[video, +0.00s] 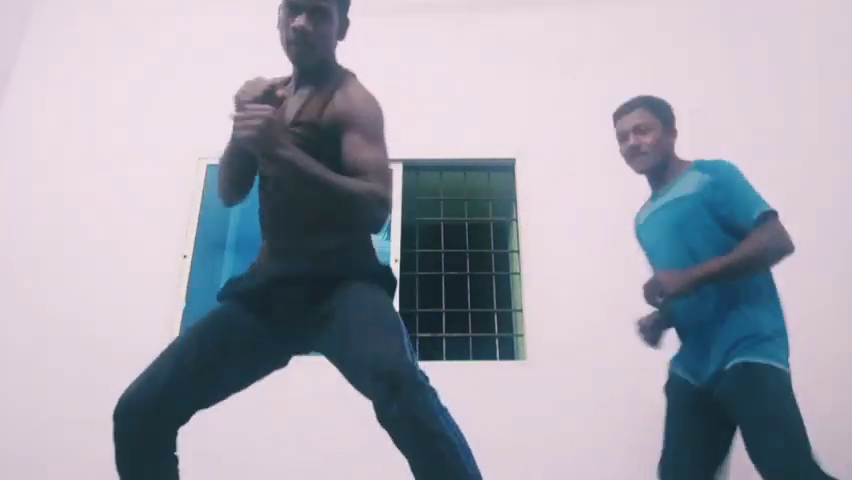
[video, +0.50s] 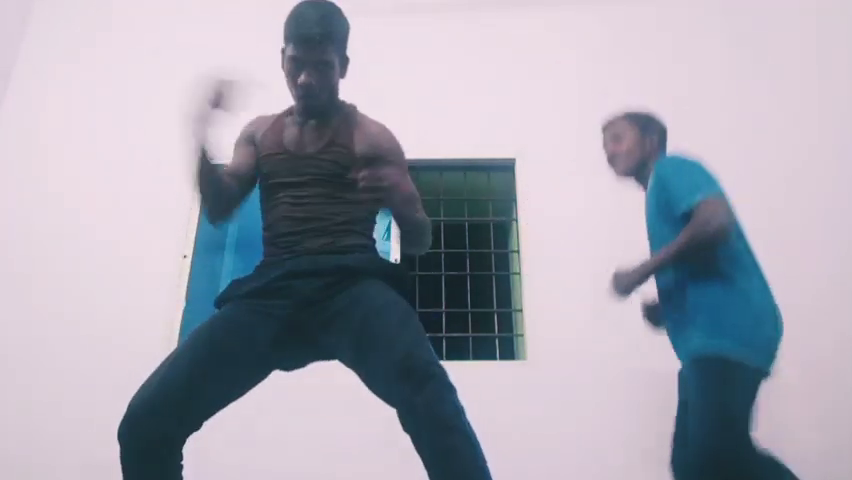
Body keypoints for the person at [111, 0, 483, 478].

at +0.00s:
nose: (301, 24)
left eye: (318, 15)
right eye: (292, 13)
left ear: (342, 28)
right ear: (280, 25)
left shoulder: (354, 101)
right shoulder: (258, 95)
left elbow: (377, 205)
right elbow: (229, 192)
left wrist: (283, 150)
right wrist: (244, 137)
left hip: (347, 291)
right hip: (269, 292)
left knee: (397, 384)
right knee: (139, 413)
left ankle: (463, 479)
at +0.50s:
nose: (308, 78)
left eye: (322, 66)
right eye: (299, 65)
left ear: (343, 68)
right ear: (284, 64)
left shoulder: (372, 138)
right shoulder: (259, 134)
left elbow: (419, 241)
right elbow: (218, 209)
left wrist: (403, 196)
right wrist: (202, 139)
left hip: (354, 291)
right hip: (271, 292)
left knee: (420, 378)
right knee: (147, 424)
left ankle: (471, 475)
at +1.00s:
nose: (335, 71)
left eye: (348, 59)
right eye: (324, 57)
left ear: (368, 61)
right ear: (306, 55)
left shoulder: (395, 139)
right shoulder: (274, 126)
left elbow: (463, 212)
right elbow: (195, 183)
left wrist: (536, 179)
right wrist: (103, 137)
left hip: (370, 283)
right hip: (280, 287)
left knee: (445, 374)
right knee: (151, 426)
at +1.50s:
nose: (277, 39)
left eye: (289, 28)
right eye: (267, 27)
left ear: (307, 33)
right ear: (251, 33)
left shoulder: (334, 104)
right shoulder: (218, 115)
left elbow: (384, 168)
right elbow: (202, 201)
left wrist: (414, 197)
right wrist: (154, 234)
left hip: (321, 254)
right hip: (234, 258)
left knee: (378, 367)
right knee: (158, 404)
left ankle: (432, 475)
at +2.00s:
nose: (290, 64)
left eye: (301, 56)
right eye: (281, 52)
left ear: (314, 66)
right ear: (262, 54)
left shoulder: (329, 151)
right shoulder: (215, 124)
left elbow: (339, 231)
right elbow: (176, 204)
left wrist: (354, 245)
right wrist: (209, 180)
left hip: (292, 302)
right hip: (211, 293)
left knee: (322, 431)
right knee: (131, 418)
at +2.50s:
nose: (336, 76)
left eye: (338, 69)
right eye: (329, 65)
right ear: (291, 64)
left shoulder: (333, 150)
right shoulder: (233, 120)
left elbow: (349, 235)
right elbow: (225, 174)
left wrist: (353, 196)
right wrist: (294, 122)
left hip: (309, 302)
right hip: (236, 295)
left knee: (358, 446)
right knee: (164, 394)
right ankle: (139, 477)